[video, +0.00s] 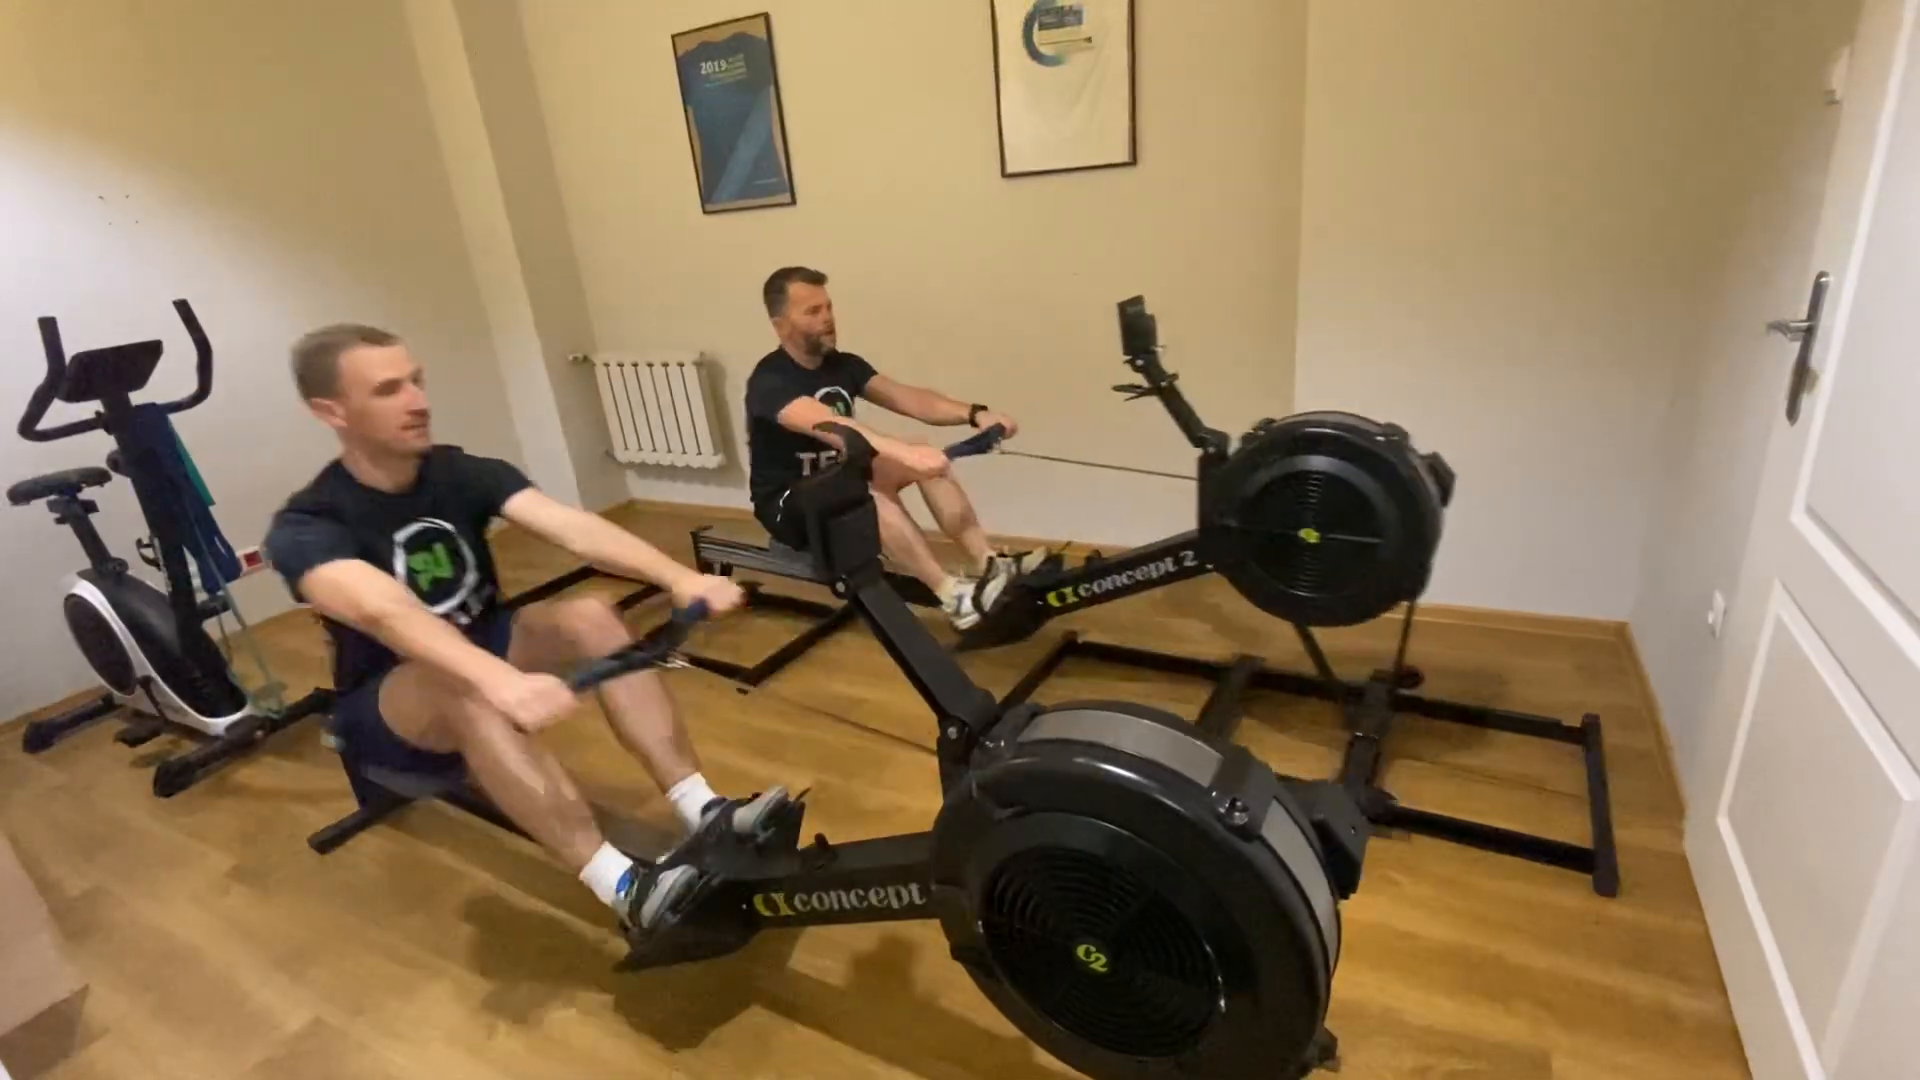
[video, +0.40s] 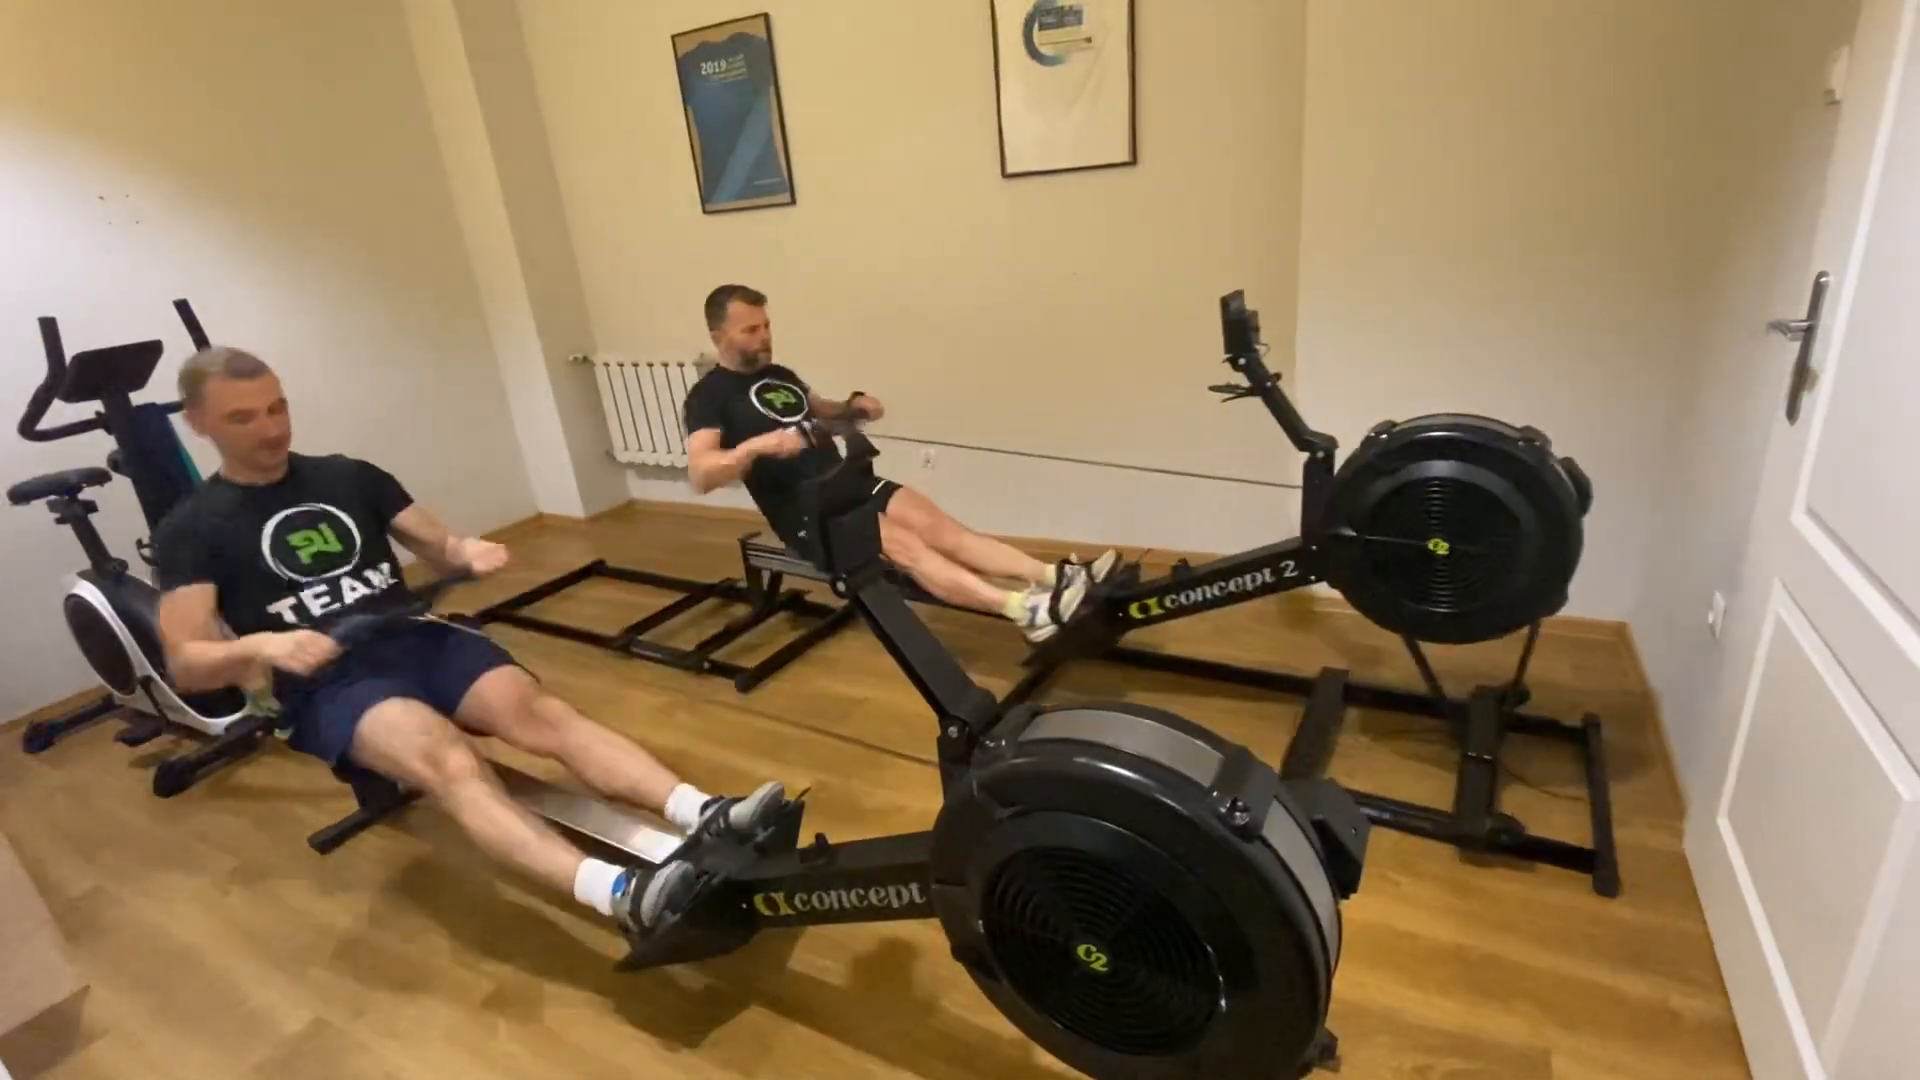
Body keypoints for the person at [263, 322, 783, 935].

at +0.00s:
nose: (415, 401)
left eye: (416, 382)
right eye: (388, 390)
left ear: (423, 382)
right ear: (332, 414)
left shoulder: (456, 472)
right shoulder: (306, 529)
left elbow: (571, 525)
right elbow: (391, 614)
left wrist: (679, 576)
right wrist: (499, 681)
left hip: (483, 648)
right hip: (382, 696)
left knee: (591, 620)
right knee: (473, 692)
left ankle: (707, 815)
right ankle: (627, 889)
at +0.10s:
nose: (361, 395)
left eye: (361, 377)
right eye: (335, 384)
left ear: (369, 378)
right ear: (279, 405)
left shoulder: (412, 467)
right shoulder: (261, 519)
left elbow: (522, 522)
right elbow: (341, 611)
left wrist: (620, 564)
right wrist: (448, 667)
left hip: (458, 637)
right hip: (363, 678)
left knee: (589, 656)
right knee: (469, 708)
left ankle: (708, 816)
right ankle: (624, 889)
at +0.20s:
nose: (318, 398)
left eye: (320, 379)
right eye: (292, 387)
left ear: (328, 378)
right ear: (236, 404)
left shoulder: (379, 464)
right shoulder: (224, 513)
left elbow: (484, 526)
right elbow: (282, 619)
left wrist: (562, 553)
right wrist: (375, 651)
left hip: (432, 637)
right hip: (335, 673)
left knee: (553, 662)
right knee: (445, 716)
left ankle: (706, 816)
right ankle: (623, 892)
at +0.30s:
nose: (287, 412)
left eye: (291, 392)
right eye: (262, 402)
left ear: (303, 385)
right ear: (213, 414)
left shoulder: (357, 469)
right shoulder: (201, 520)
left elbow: (455, 534)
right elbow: (229, 637)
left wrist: (506, 549)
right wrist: (316, 648)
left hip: (413, 629)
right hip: (323, 670)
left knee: (541, 687)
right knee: (446, 737)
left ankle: (705, 816)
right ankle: (617, 893)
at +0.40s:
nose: (268, 430)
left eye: (275, 409)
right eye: (243, 420)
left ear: (285, 401)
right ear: (203, 430)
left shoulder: (346, 478)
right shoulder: (191, 530)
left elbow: (436, 539)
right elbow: (186, 658)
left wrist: (463, 549)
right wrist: (262, 646)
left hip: (411, 633)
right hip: (323, 676)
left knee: (534, 706)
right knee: (450, 758)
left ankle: (707, 816)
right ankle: (622, 897)